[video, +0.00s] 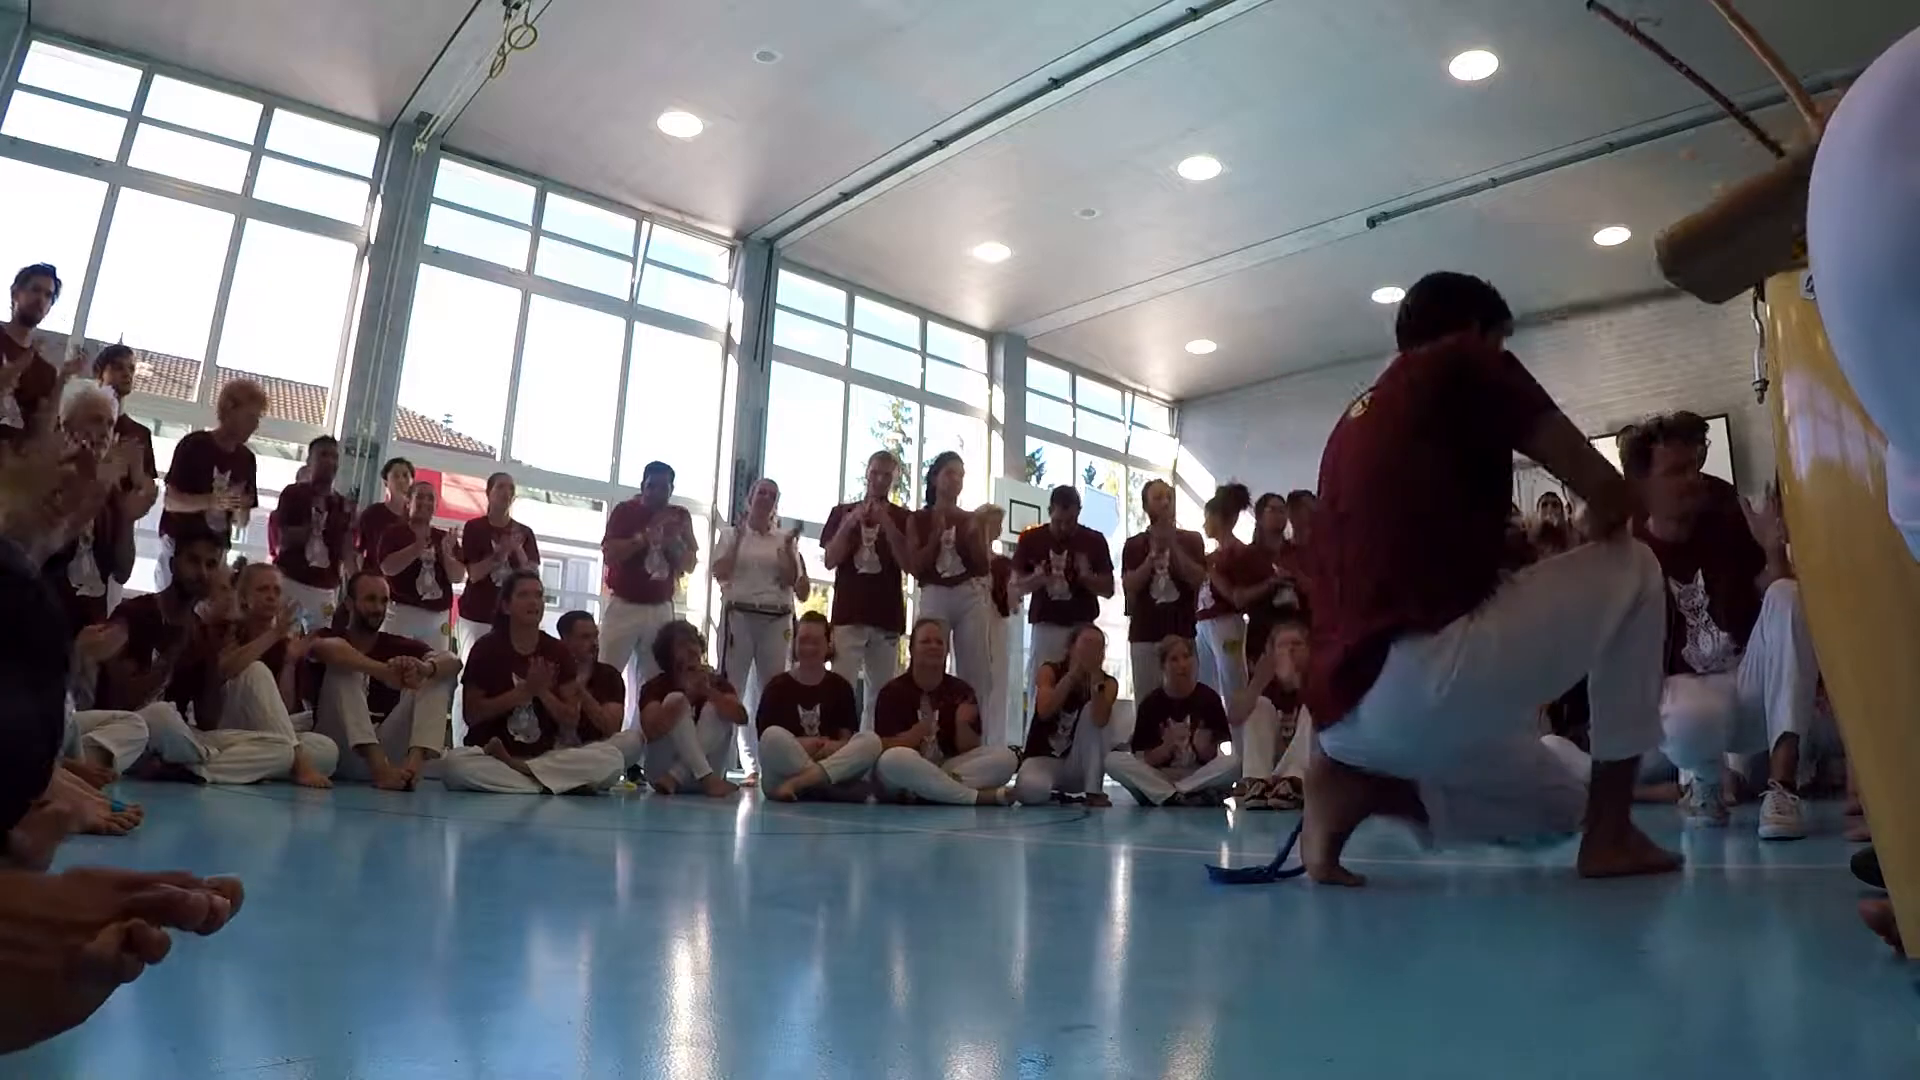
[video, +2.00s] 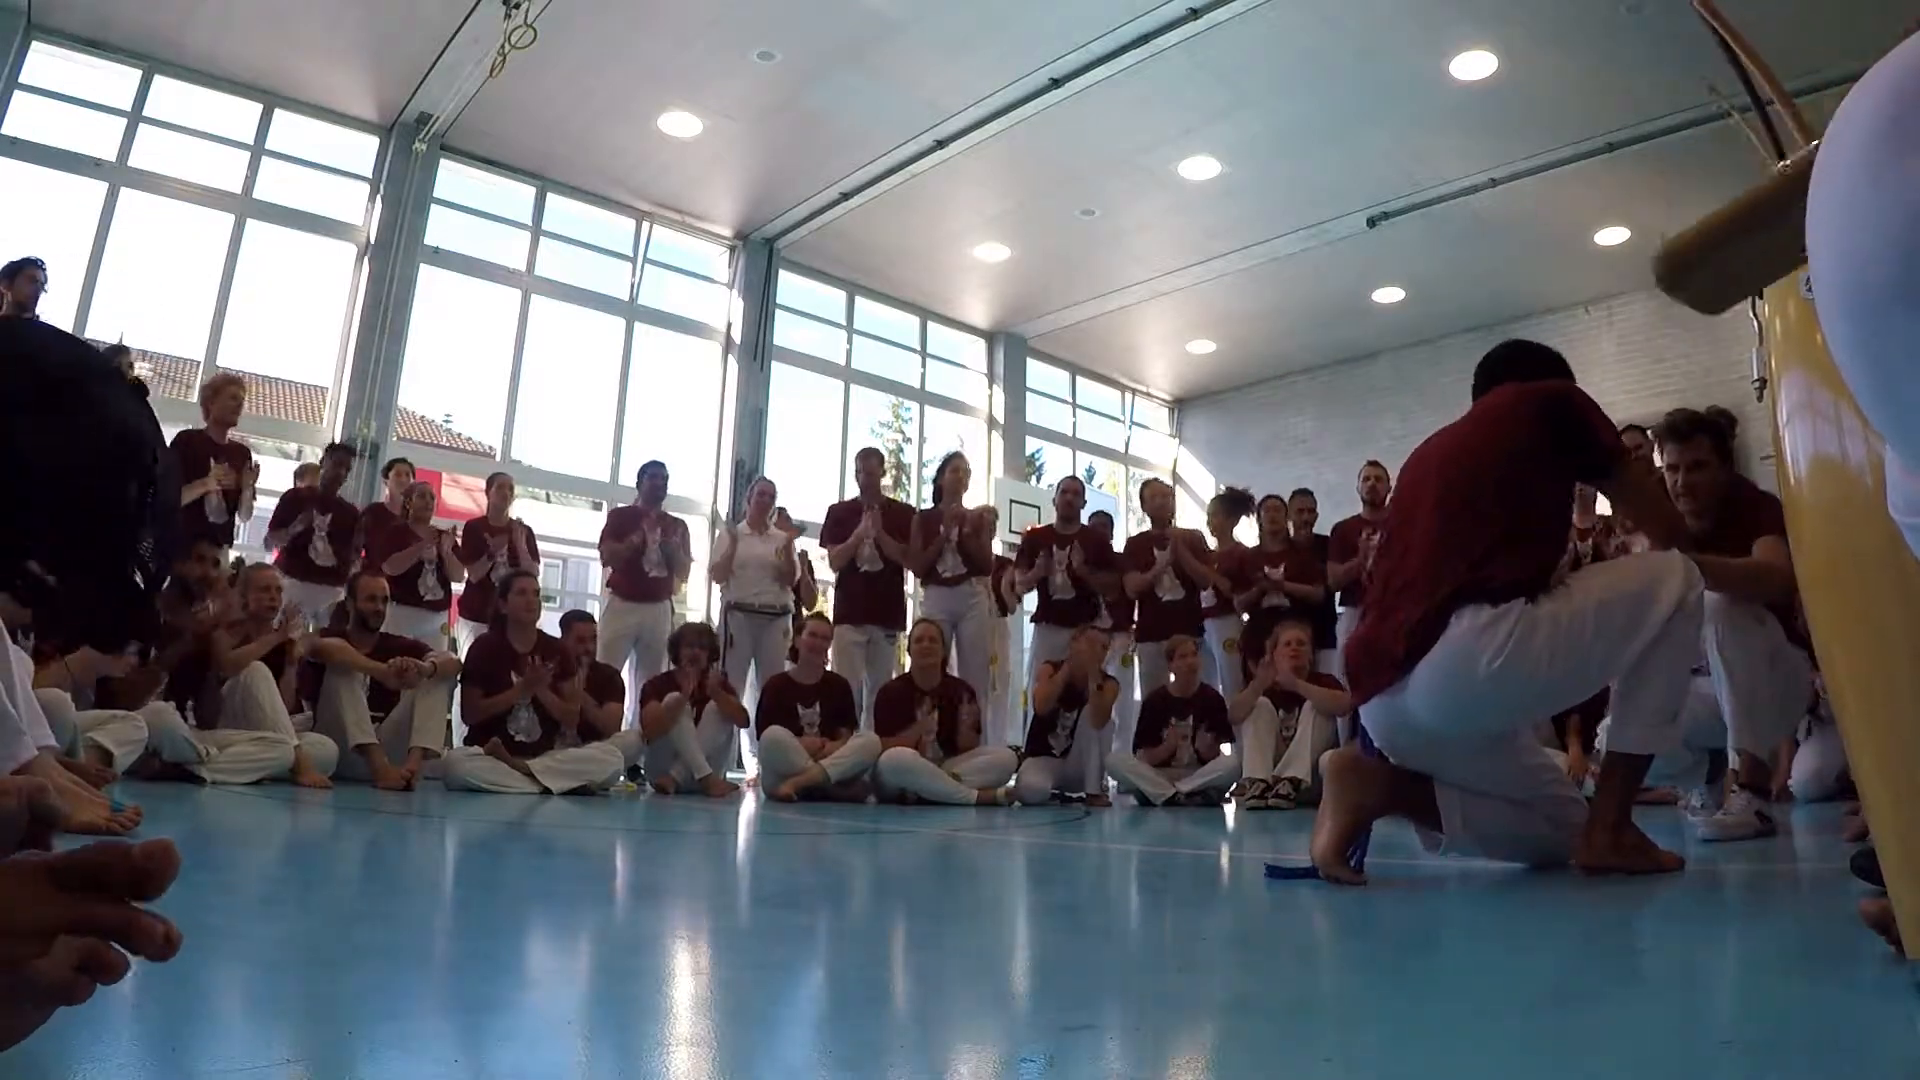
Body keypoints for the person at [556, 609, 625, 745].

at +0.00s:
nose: (594, 643)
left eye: (596, 636)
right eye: (586, 637)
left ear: (599, 636)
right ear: (565, 641)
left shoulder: (609, 675)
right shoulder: (550, 675)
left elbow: (611, 728)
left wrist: (581, 690)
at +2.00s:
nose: (589, 647)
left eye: (593, 639)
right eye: (581, 641)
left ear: (598, 639)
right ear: (563, 641)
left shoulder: (609, 675)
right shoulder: (548, 674)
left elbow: (610, 728)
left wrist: (578, 695)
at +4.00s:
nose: (591, 645)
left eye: (595, 638)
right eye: (583, 638)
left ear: (599, 638)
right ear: (565, 640)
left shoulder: (610, 676)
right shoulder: (548, 673)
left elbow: (610, 725)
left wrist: (574, 695)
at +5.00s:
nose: (593, 650)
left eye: (598, 643)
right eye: (586, 642)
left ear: (601, 643)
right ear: (567, 641)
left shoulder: (610, 675)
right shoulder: (552, 673)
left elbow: (611, 727)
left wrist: (581, 690)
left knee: (635, 738)